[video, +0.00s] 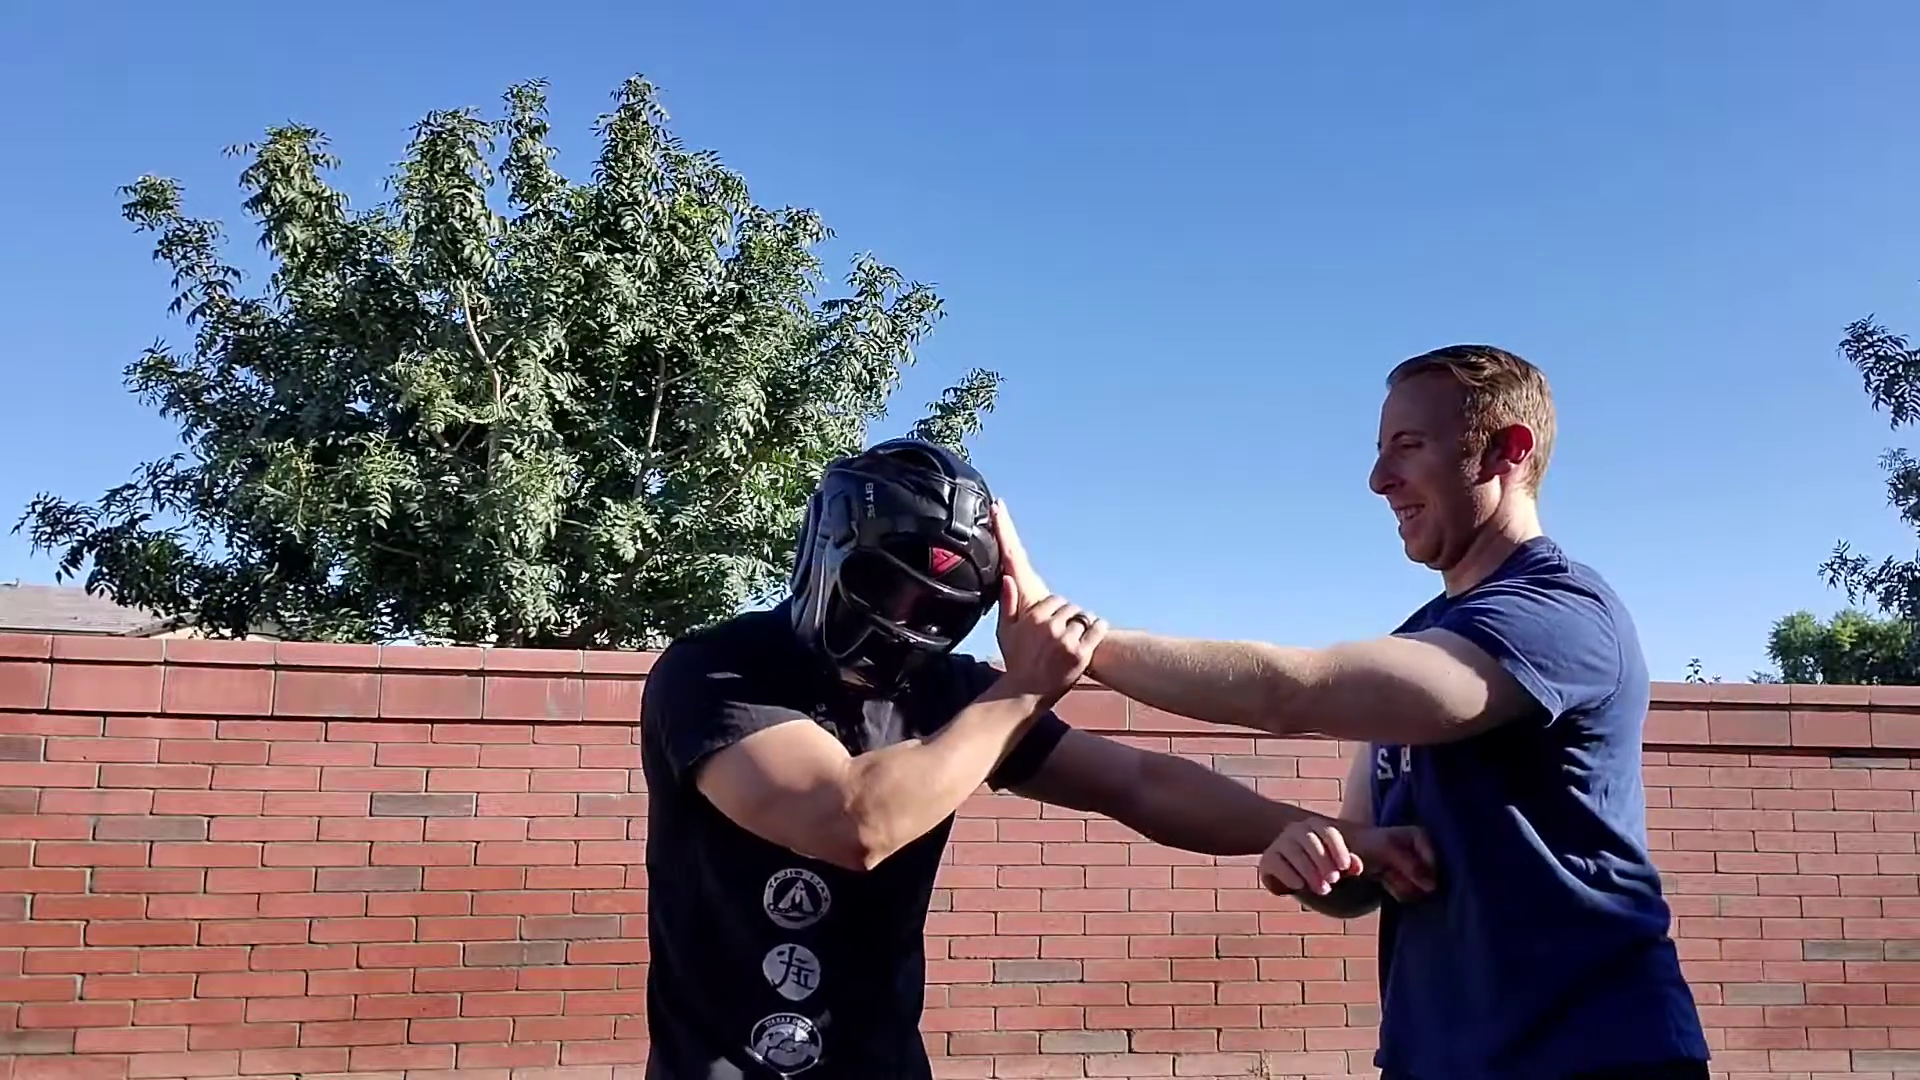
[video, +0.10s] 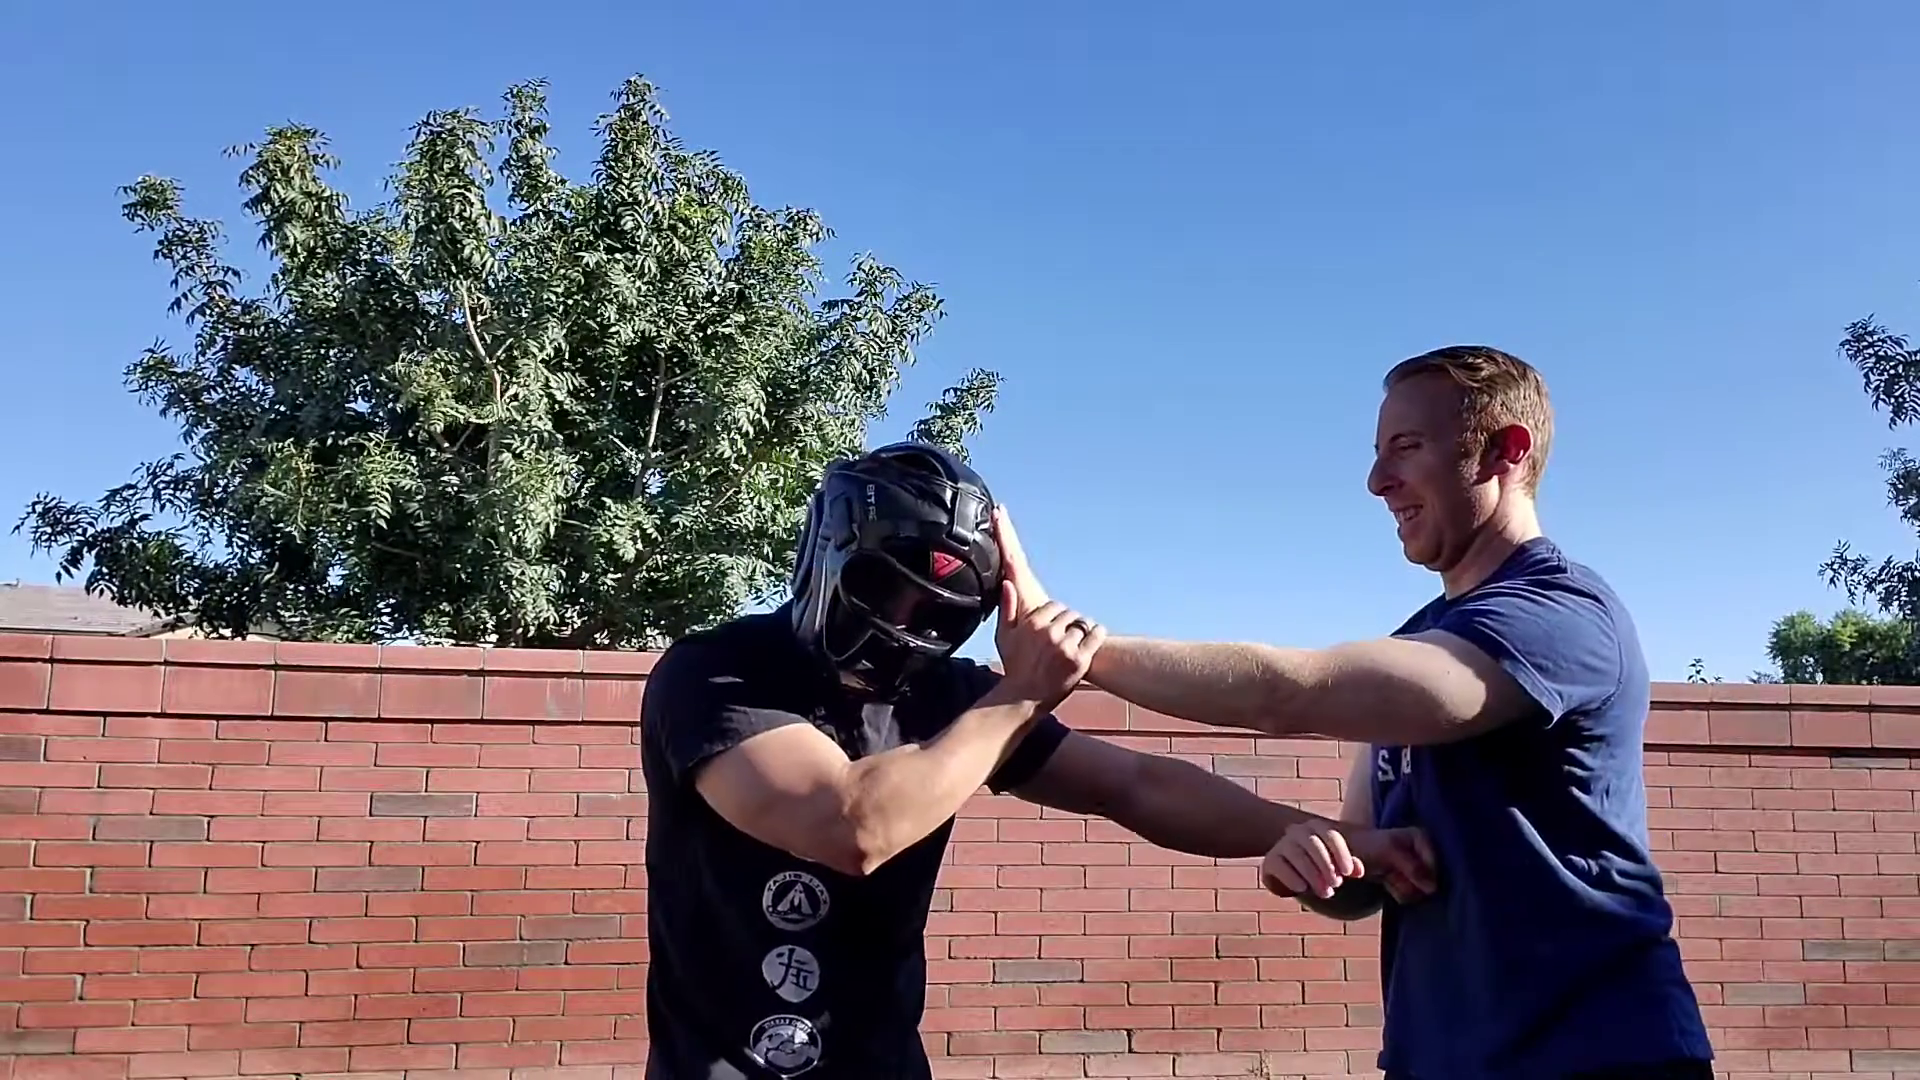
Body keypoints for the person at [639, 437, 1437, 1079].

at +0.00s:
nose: (915, 616)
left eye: (942, 602)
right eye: (901, 581)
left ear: (960, 605)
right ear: (836, 551)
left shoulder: (939, 692)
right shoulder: (708, 674)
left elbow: (1133, 779)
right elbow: (856, 823)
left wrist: (1304, 835)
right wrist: (1017, 689)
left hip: (879, 1057)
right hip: (722, 1058)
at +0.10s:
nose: (914, 619)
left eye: (942, 604)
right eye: (898, 585)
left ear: (963, 607)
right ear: (834, 558)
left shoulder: (943, 696)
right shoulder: (709, 676)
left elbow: (1127, 781)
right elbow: (854, 827)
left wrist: (1300, 835)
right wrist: (1017, 697)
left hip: (879, 1060)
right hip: (723, 1060)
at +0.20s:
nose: (910, 615)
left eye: (940, 601)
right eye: (894, 580)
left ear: (962, 606)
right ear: (833, 554)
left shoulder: (946, 696)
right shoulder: (709, 677)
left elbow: (1129, 782)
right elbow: (855, 826)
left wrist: (1293, 834)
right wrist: (1014, 694)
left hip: (881, 1059)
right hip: (722, 1060)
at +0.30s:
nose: (909, 617)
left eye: (939, 602)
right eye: (893, 582)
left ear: (963, 606)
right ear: (831, 558)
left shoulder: (949, 695)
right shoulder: (709, 677)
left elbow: (1131, 785)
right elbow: (857, 828)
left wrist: (1287, 838)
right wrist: (1017, 694)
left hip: (882, 1059)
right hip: (723, 1058)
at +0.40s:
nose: (908, 618)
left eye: (938, 602)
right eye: (891, 584)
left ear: (961, 606)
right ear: (829, 560)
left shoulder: (950, 695)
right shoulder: (708, 678)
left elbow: (1131, 785)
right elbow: (857, 826)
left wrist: (1293, 839)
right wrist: (1013, 693)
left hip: (882, 1058)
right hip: (723, 1059)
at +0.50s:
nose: (904, 629)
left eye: (936, 611)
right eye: (889, 593)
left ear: (963, 608)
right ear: (826, 563)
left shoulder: (944, 691)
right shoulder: (705, 678)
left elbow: (1130, 787)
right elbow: (857, 828)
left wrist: (1291, 841)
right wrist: (1008, 692)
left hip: (888, 1067)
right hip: (721, 1065)